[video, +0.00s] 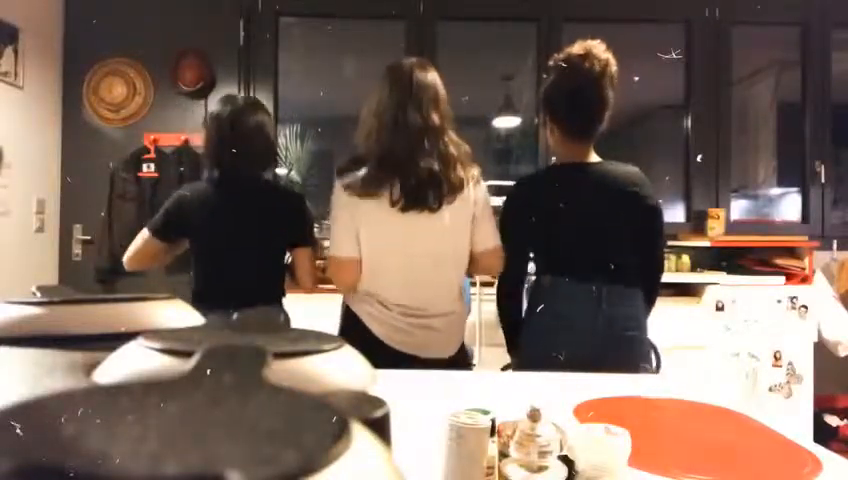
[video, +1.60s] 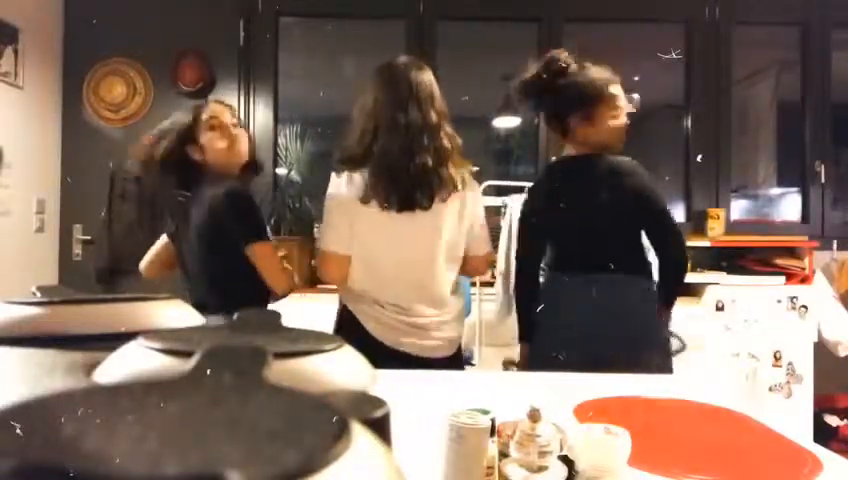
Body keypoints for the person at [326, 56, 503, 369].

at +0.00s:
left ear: (380, 112)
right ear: (440, 110)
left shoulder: (353, 187)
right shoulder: (468, 182)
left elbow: (345, 278)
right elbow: (492, 263)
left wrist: (330, 261)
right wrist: (443, 259)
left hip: (373, 349)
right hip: (445, 350)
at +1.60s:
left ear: (372, 112)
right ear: (436, 109)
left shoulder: (348, 183)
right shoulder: (462, 186)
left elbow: (333, 272)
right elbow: (478, 264)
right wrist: (432, 256)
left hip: (367, 346)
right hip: (438, 350)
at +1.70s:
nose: (359, 115)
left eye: (365, 107)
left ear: (376, 119)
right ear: (443, 119)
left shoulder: (357, 191)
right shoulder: (460, 192)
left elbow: (352, 277)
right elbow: (469, 262)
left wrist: (331, 227)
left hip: (373, 344)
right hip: (440, 350)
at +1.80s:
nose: (373, 109)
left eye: (381, 100)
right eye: (378, 99)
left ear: (392, 113)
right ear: (442, 117)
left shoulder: (383, 170)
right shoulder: (447, 181)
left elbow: (377, 265)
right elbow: (461, 256)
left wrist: (338, 223)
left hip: (386, 336)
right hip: (438, 341)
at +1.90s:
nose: (386, 102)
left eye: (397, 95)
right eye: (389, 94)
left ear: (422, 108)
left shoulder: (413, 165)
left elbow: (404, 253)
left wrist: (348, 209)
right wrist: (349, 204)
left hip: (393, 321)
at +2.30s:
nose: (399, 113)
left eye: (412, 106)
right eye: (393, 103)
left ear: (434, 118)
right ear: (383, 109)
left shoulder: (428, 167)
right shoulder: (385, 166)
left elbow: (433, 256)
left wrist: (388, 180)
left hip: (411, 310)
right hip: (370, 303)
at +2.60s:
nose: (393, 111)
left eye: (406, 105)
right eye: (388, 102)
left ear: (428, 118)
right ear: (378, 110)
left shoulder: (419, 166)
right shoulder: (402, 166)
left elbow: (420, 250)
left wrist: (387, 174)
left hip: (401, 313)